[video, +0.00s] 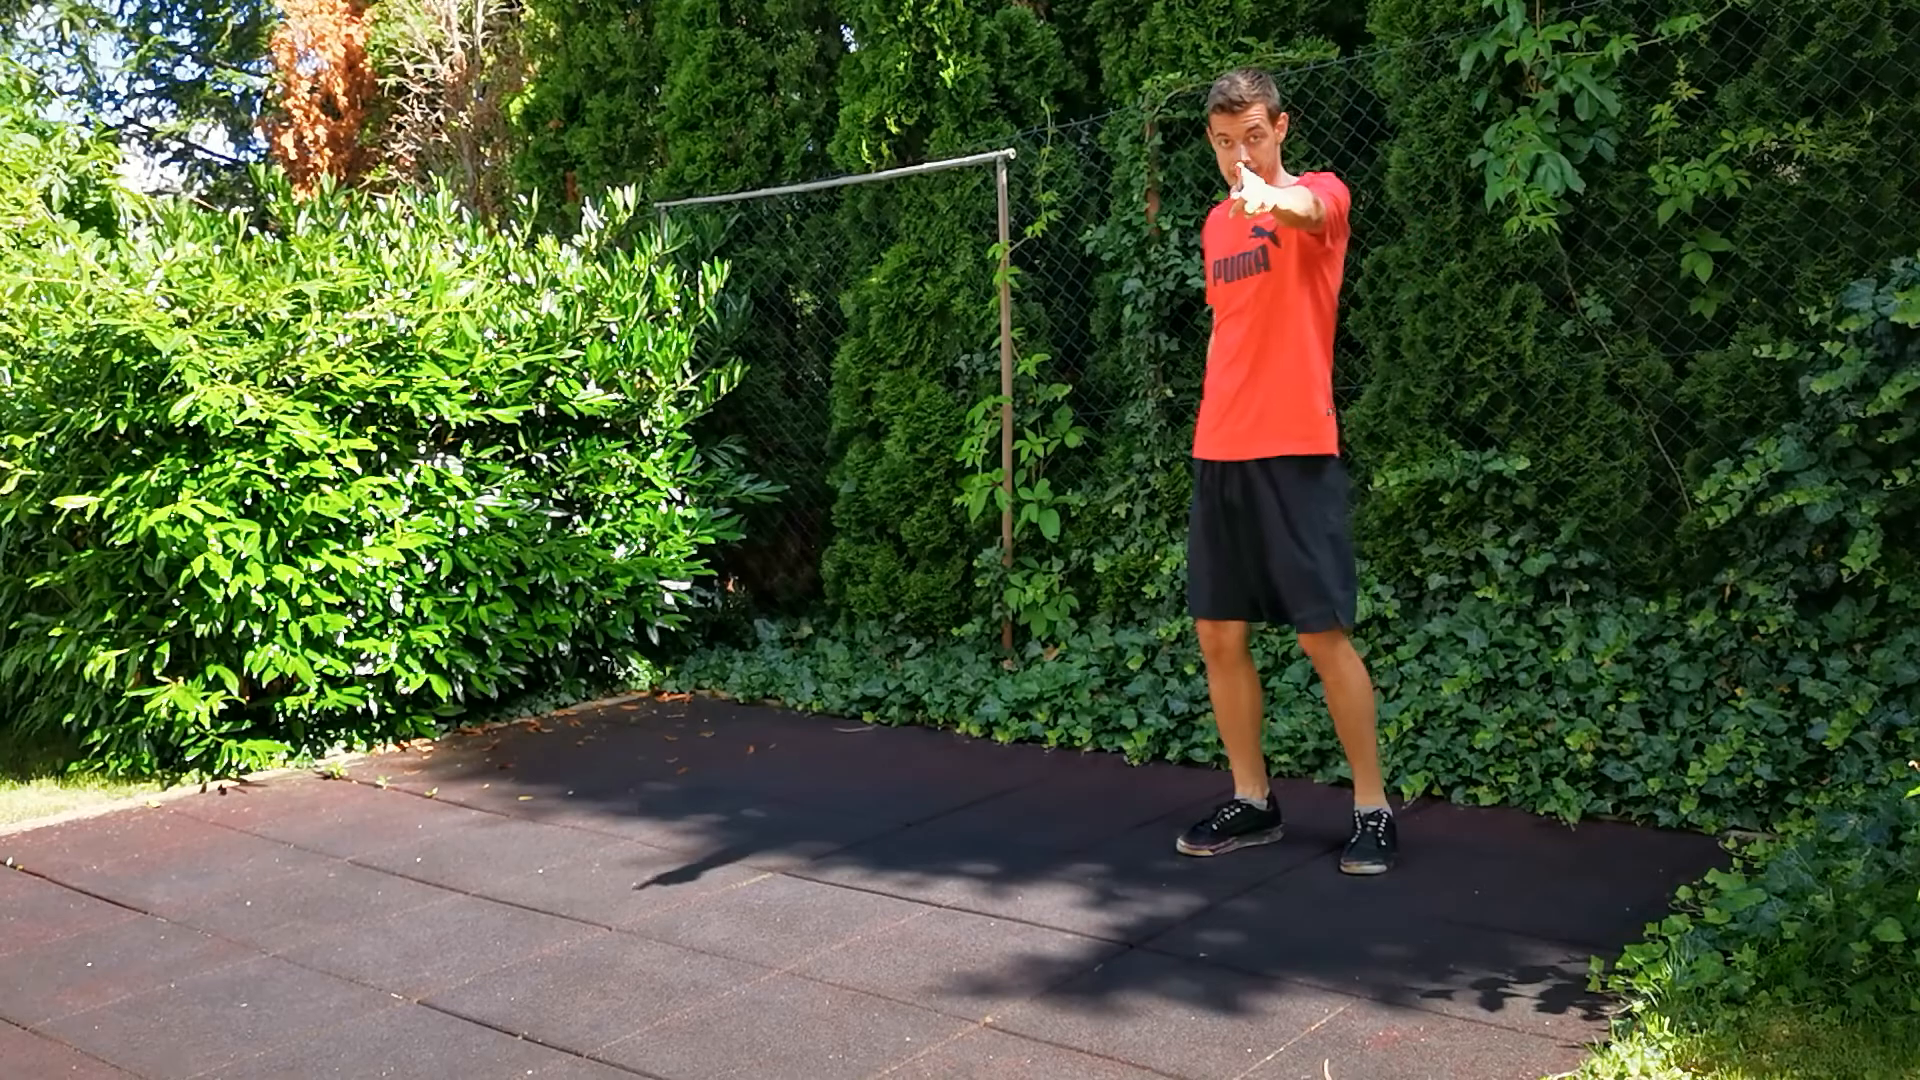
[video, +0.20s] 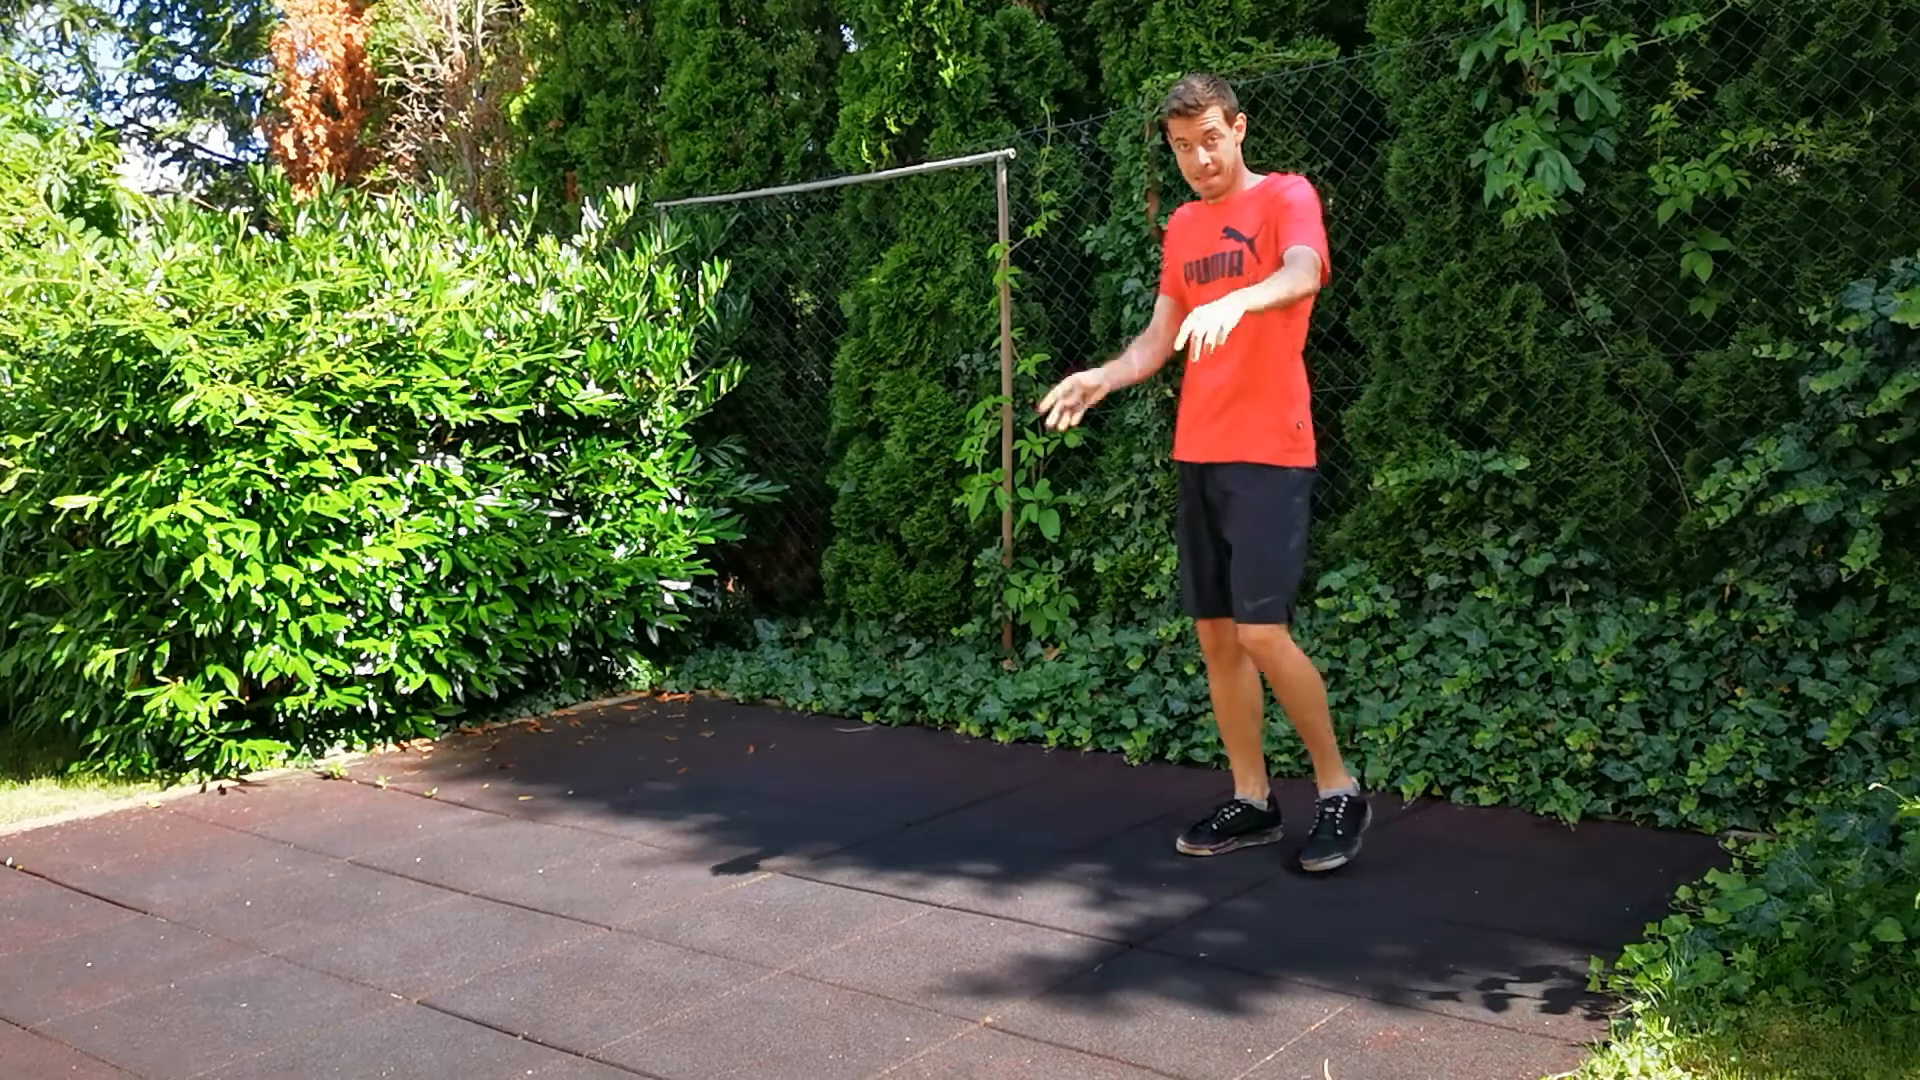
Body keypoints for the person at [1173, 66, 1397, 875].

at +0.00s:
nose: (1245, 154)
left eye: (1255, 136)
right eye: (1230, 143)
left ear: (1283, 129)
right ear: (1212, 145)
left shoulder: (1324, 191)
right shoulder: (1216, 221)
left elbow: (1306, 211)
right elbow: (1232, 321)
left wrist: (1270, 194)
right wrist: (1232, 415)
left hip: (1298, 453)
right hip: (1219, 456)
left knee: (1323, 635)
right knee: (1219, 634)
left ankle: (1372, 808)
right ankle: (1251, 801)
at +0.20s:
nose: (1200, 159)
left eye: (1210, 141)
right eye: (1185, 148)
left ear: (1239, 129)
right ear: (1173, 151)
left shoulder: (1285, 195)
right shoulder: (1182, 227)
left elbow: (1303, 273)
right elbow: (1158, 340)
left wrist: (1239, 301)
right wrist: (1100, 378)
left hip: (1270, 452)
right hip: (1200, 454)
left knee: (1263, 630)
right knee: (1217, 634)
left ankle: (1338, 793)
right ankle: (1252, 801)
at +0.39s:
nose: (1167, 161)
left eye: (1178, 143)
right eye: (1153, 150)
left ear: (1208, 133)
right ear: (1141, 155)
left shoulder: (1268, 204)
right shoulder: (1149, 221)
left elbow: (1299, 327)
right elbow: (1082, 250)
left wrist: (1283, 432)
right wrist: (1091, 182)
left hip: (1248, 455)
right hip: (1176, 460)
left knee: (1226, 627)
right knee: (1204, 635)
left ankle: (1249, 826)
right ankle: (1248, 802)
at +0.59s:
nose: (1140, 160)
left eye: (1150, 140)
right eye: (1124, 149)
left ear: (1180, 132)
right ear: (1110, 156)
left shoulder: (1249, 211)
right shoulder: (1121, 220)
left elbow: (1309, 322)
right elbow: (1060, 196)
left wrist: (1345, 424)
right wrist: (1086, 122)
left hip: (1226, 464)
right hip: (1149, 463)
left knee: (1198, 644)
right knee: (1196, 644)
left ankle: (1160, 839)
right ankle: (1251, 798)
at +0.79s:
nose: (1100, 149)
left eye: (1111, 129)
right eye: (1084, 138)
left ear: (1149, 127)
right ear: (1072, 151)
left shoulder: (1221, 214)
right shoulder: (1086, 218)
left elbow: (1280, 317)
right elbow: (1025, 175)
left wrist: (1322, 406)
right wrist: (1044, 105)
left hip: (1192, 471)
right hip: (1113, 467)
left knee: (1166, 665)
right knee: (1177, 648)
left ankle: (1122, 866)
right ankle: (1244, 792)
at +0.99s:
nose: (1086, 130)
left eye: (1097, 113)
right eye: (1070, 120)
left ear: (1123, 114)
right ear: (1052, 134)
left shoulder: (1187, 205)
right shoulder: (1051, 213)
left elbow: (1235, 337)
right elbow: (978, 269)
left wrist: (1252, 455)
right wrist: (988, 200)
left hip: (1152, 469)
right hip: (1069, 466)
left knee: (1139, 667)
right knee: (1068, 665)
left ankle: (1116, 871)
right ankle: (1183, 756)